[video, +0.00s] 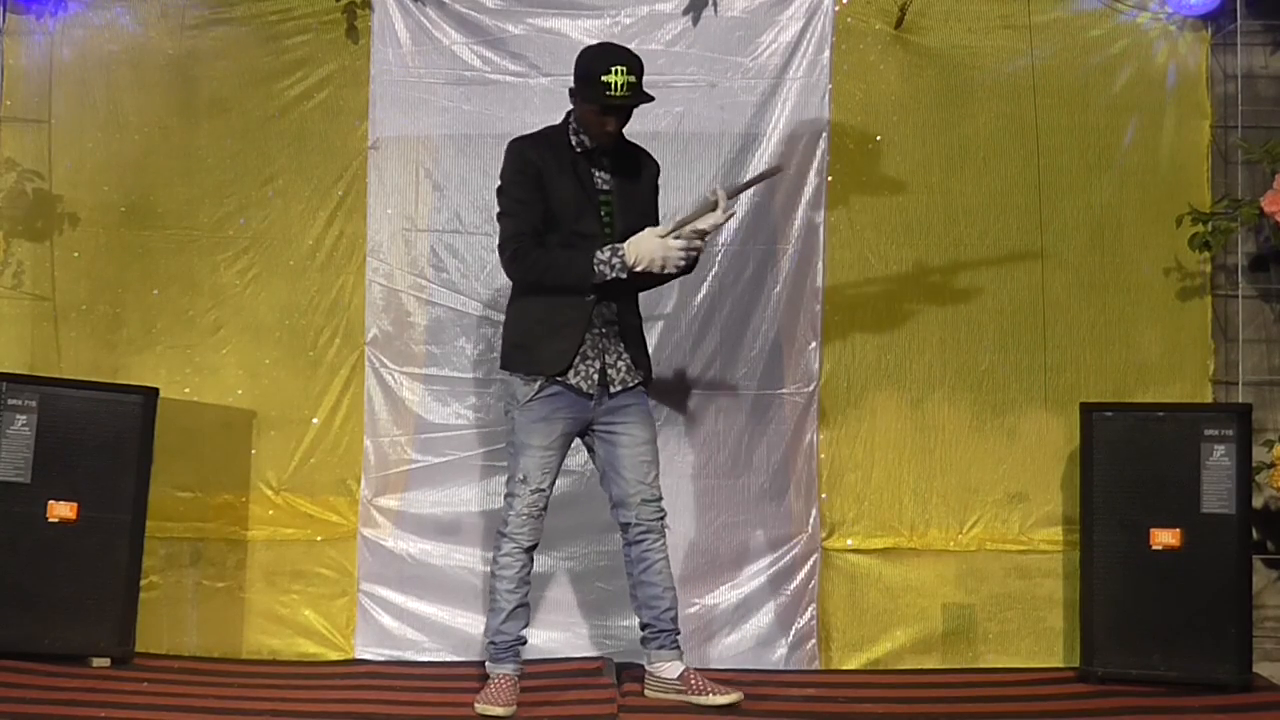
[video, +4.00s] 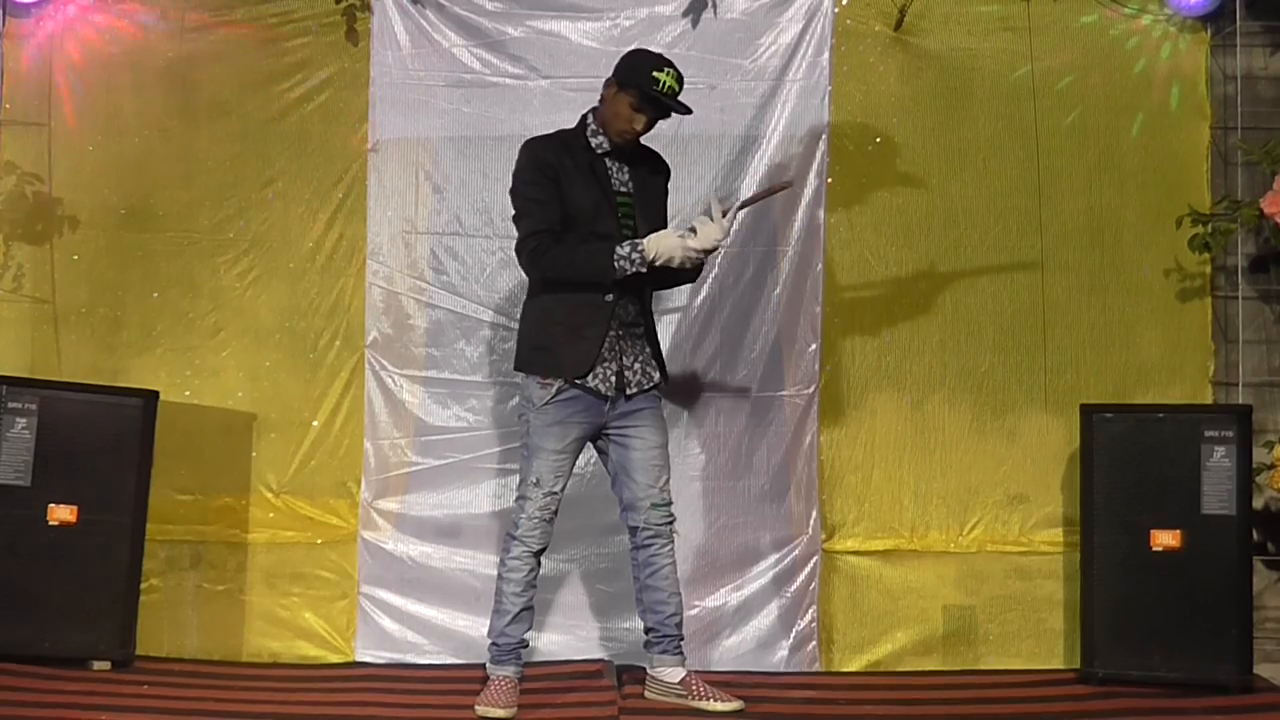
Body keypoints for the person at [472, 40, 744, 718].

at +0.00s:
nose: (616, 121)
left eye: (626, 110)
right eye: (606, 109)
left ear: (635, 104)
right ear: (577, 97)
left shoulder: (640, 167)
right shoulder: (529, 157)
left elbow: (630, 274)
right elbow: (521, 263)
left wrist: (680, 251)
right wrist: (619, 256)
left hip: (622, 375)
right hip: (547, 375)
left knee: (643, 515)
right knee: (523, 522)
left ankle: (666, 668)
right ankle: (502, 671)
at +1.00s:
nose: (664, 90)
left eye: (663, 79)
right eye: (652, 79)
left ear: (638, 86)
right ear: (612, 84)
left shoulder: (652, 168)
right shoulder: (547, 154)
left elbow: (645, 276)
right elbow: (537, 260)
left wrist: (695, 251)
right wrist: (635, 251)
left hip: (635, 368)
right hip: (560, 369)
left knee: (649, 517)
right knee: (531, 519)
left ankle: (666, 669)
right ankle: (505, 667)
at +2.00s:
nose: (660, 104)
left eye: (664, 91)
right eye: (649, 91)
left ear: (659, 92)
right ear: (613, 90)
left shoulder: (662, 173)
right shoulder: (560, 153)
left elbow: (656, 278)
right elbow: (558, 254)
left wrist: (713, 253)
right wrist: (656, 247)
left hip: (647, 372)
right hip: (573, 370)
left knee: (656, 517)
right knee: (542, 518)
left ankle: (666, 667)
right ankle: (505, 666)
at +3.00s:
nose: (651, 124)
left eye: (662, 115)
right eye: (645, 109)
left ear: (667, 115)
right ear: (615, 95)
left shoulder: (656, 172)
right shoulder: (553, 154)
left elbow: (641, 277)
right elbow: (545, 258)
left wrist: (693, 257)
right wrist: (647, 254)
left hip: (635, 375)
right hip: (561, 374)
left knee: (650, 519)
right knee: (532, 521)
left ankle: (666, 671)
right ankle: (503, 671)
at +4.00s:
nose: (646, 121)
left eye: (656, 113)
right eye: (640, 105)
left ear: (658, 115)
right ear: (610, 91)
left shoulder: (651, 170)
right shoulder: (544, 156)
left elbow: (644, 275)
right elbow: (540, 260)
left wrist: (692, 255)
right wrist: (638, 253)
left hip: (636, 376)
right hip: (561, 376)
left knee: (653, 519)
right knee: (532, 525)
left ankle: (666, 671)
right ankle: (503, 672)